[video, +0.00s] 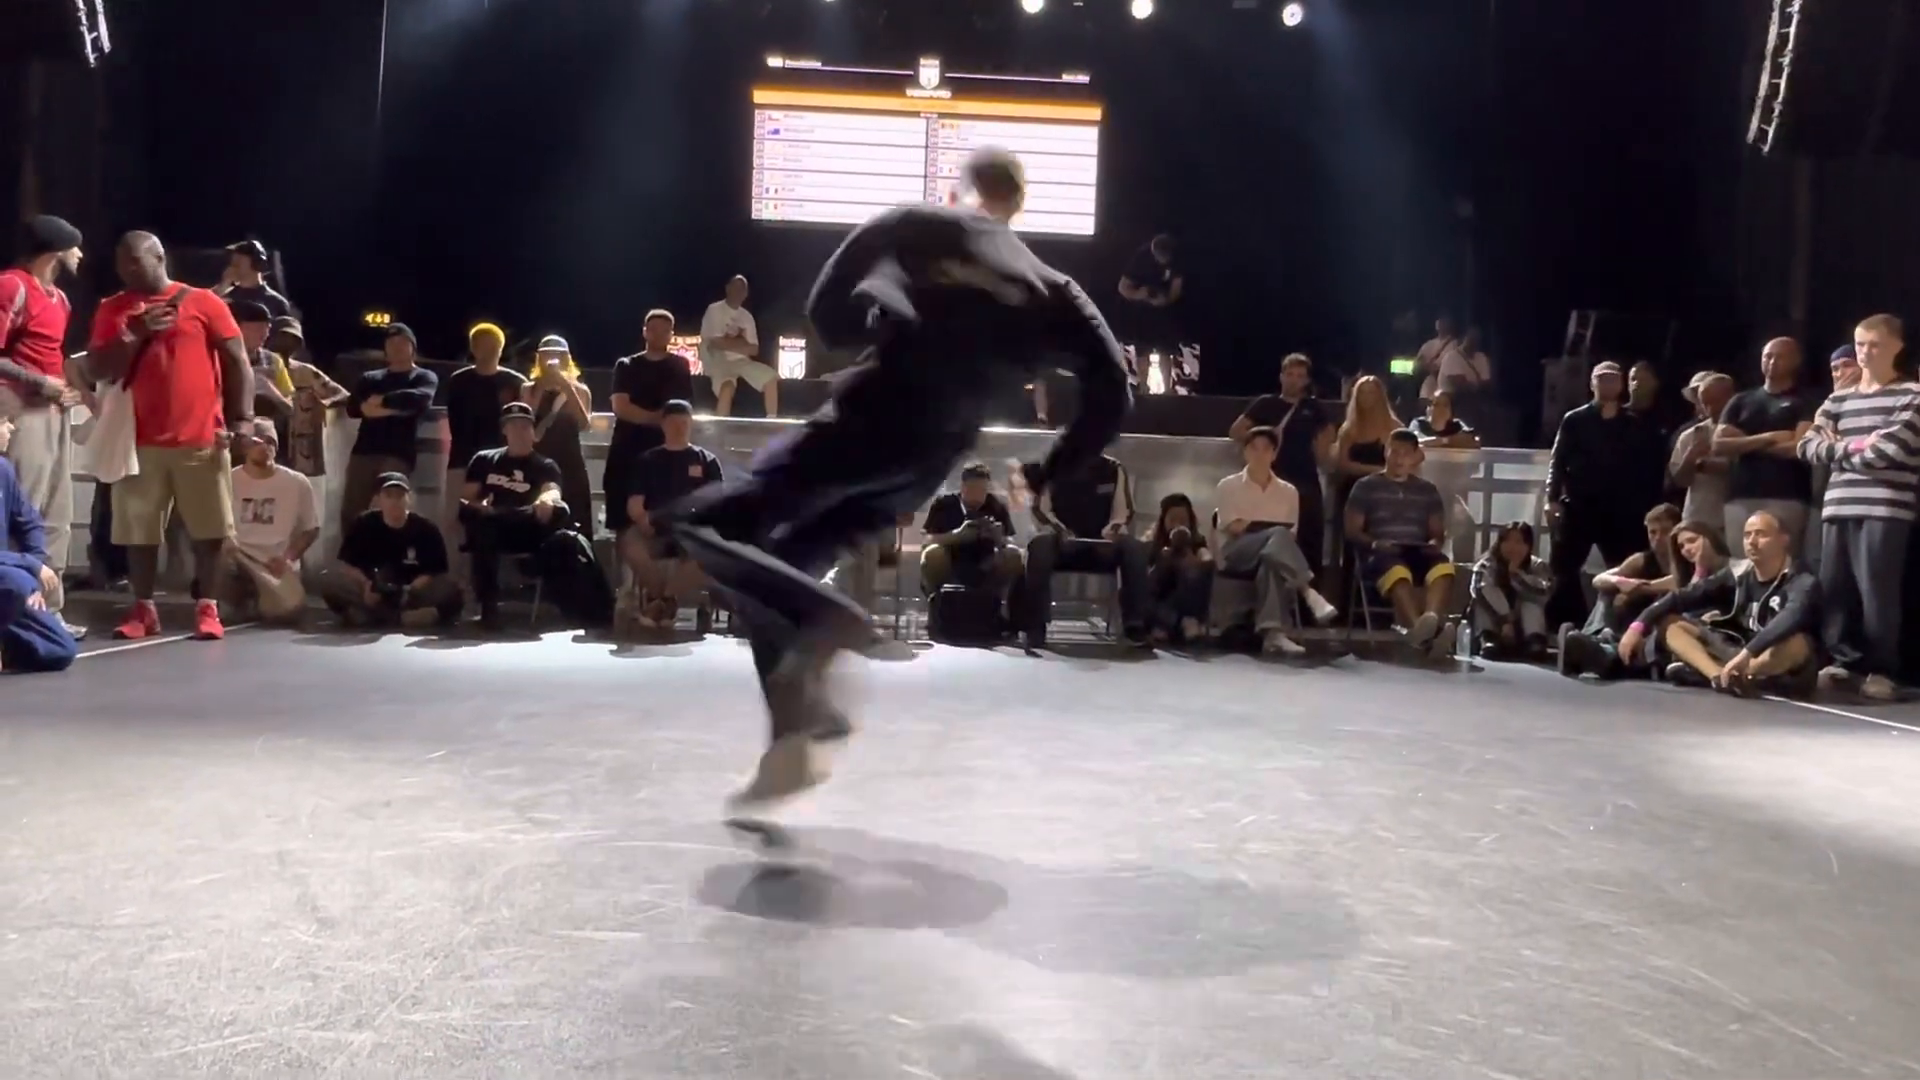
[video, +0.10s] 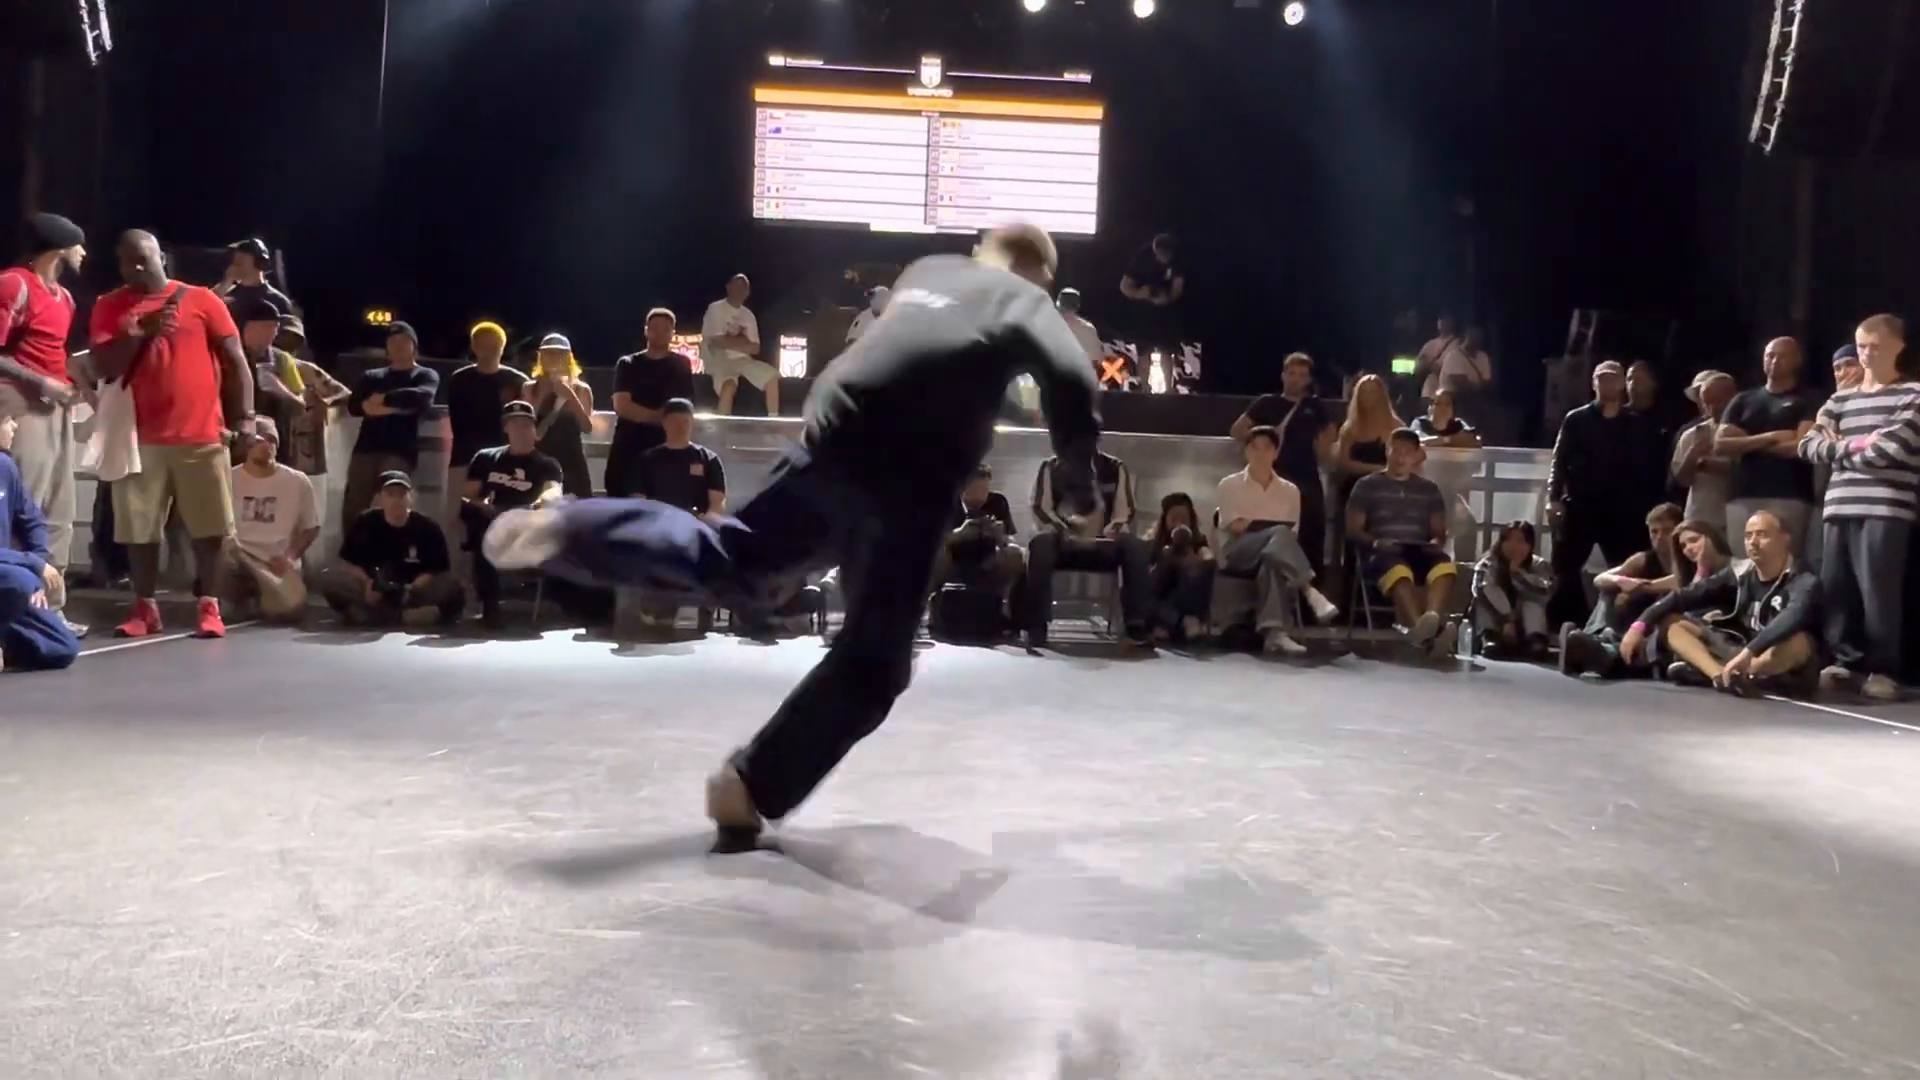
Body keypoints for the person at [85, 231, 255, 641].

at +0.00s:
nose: (128, 270)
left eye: (133, 261)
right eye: (125, 264)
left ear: (158, 258)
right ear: (121, 268)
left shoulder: (203, 302)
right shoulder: (113, 311)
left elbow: (238, 361)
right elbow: (102, 370)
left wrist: (243, 418)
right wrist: (138, 332)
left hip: (200, 441)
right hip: (140, 443)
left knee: (210, 531)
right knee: (139, 532)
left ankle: (207, 607)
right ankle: (143, 610)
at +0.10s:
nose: (139, 267)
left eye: (144, 257)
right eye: (131, 262)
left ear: (160, 255)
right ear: (120, 266)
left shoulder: (202, 299)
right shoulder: (110, 307)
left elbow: (237, 361)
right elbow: (106, 367)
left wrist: (246, 417)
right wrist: (142, 333)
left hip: (201, 437)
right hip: (140, 440)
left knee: (211, 530)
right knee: (140, 531)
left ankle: (209, 606)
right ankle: (145, 609)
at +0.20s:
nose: (144, 268)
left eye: (148, 259)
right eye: (134, 263)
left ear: (161, 257)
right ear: (120, 267)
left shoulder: (198, 298)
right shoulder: (106, 305)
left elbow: (233, 357)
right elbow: (108, 364)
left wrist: (245, 414)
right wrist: (147, 327)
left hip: (201, 434)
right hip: (141, 438)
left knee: (210, 526)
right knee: (140, 529)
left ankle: (210, 604)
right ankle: (147, 607)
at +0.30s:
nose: (139, 265)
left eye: (143, 256)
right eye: (129, 260)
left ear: (158, 254)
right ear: (117, 265)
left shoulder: (196, 297)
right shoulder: (103, 304)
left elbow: (226, 357)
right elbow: (108, 363)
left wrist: (241, 413)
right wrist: (148, 325)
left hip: (201, 433)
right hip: (140, 436)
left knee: (210, 522)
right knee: (141, 526)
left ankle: (210, 602)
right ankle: (147, 606)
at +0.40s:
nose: (137, 263)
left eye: (141, 254)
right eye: (128, 258)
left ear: (156, 252)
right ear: (115, 263)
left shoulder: (193, 296)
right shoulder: (103, 302)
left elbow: (221, 356)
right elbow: (108, 361)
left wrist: (238, 412)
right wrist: (150, 322)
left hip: (200, 430)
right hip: (140, 434)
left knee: (209, 520)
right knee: (141, 524)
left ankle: (210, 600)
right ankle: (149, 605)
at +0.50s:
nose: (138, 260)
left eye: (142, 251)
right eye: (128, 255)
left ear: (155, 250)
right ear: (114, 262)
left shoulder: (192, 295)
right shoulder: (103, 301)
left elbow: (218, 356)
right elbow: (107, 360)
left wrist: (235, 413)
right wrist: (153, 321)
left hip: (198, 429)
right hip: (140, 432)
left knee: (208, 518)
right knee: (141, 522)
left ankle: (210, 600)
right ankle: (150, 604)